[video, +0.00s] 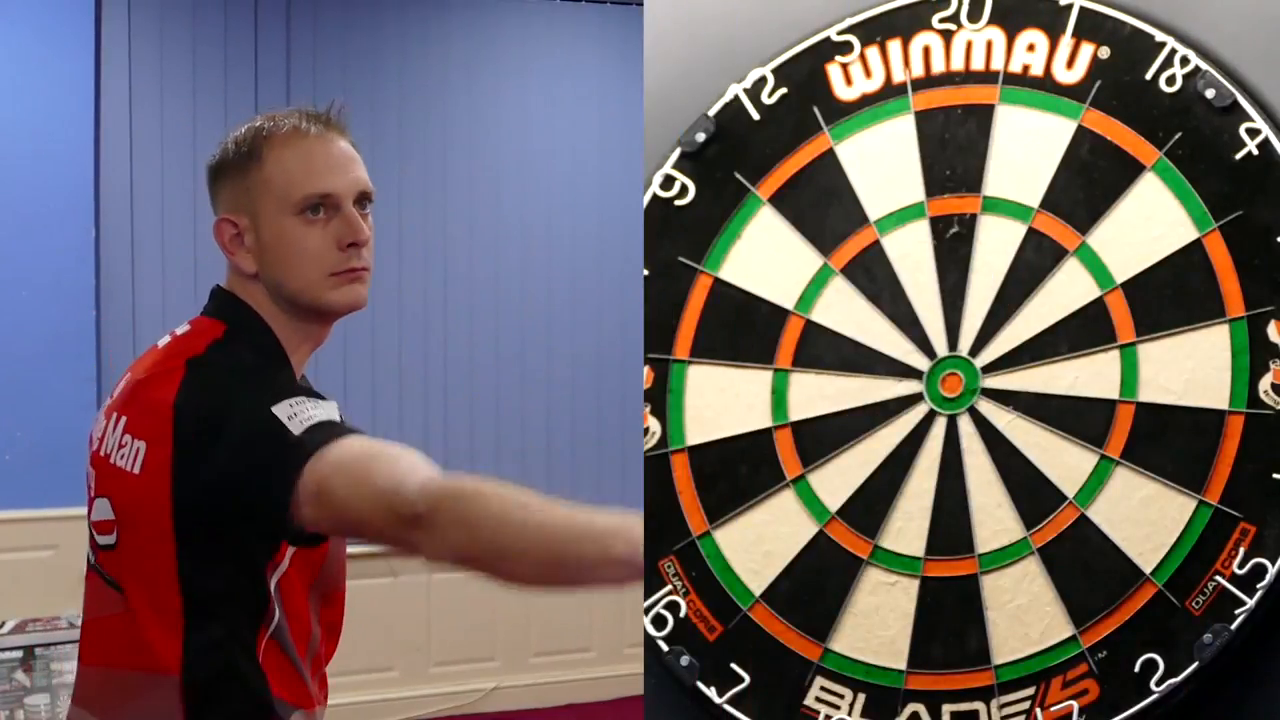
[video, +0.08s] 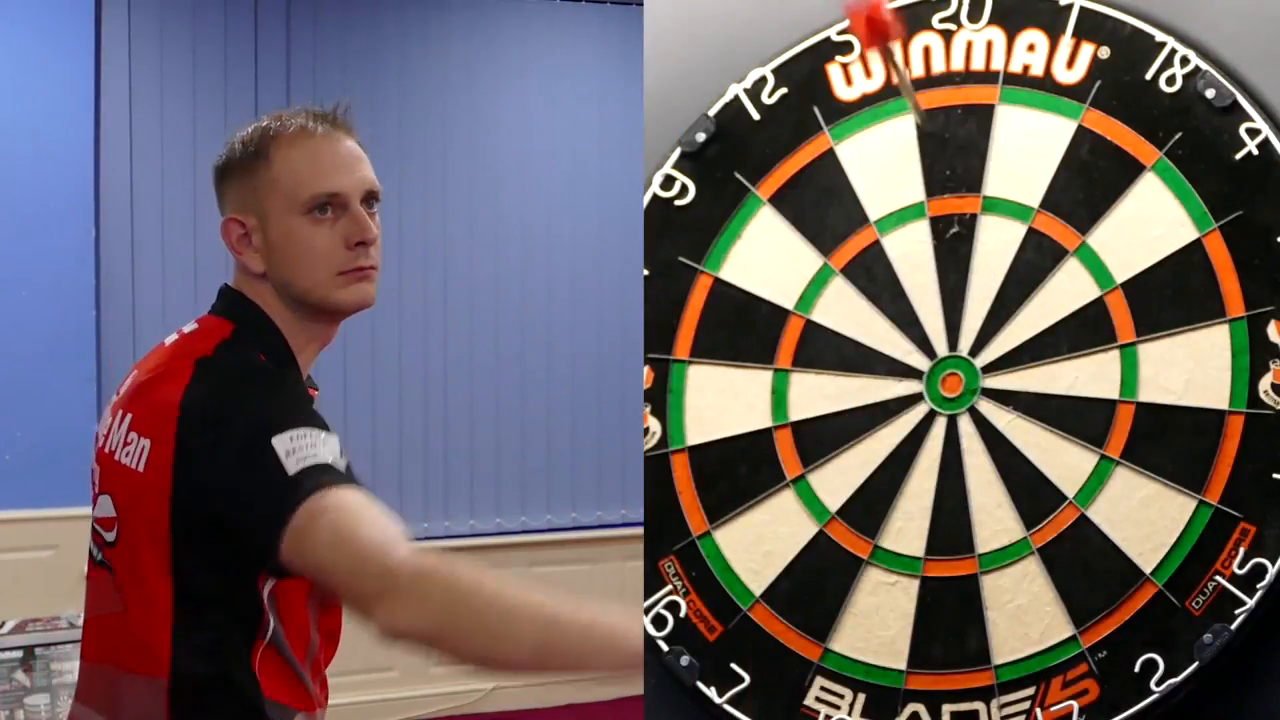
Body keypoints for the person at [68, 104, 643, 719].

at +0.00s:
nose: (357, 231)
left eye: (362, 206)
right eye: (318, 210)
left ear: (373, 212)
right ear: (238, 242)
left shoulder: (160, 373)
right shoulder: (233, 395)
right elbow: (424, 507)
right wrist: (665, 547)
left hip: (119, 708)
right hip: (226, 707)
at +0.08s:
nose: (365, 231)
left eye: (370, 205)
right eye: (326, 209)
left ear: (380, 210)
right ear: (246, 242)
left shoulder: (168, 370)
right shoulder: (243, 391)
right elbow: (399, 591)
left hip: (124, 708)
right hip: (229, 707)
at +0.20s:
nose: (372, 234)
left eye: (378, 207)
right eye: (332, 211)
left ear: (389, 211)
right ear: (253, 242)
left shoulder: (171, 369)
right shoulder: (251, 394)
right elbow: (335, 663)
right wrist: (519, 712)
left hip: (127, 701)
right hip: (214, 705)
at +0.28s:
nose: (378, 234)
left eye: (383, 207)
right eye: (337, 214)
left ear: (393, 215)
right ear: (257, 242)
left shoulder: (182, 366)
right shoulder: (252, 407)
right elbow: (274, 699)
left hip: (133, 705)